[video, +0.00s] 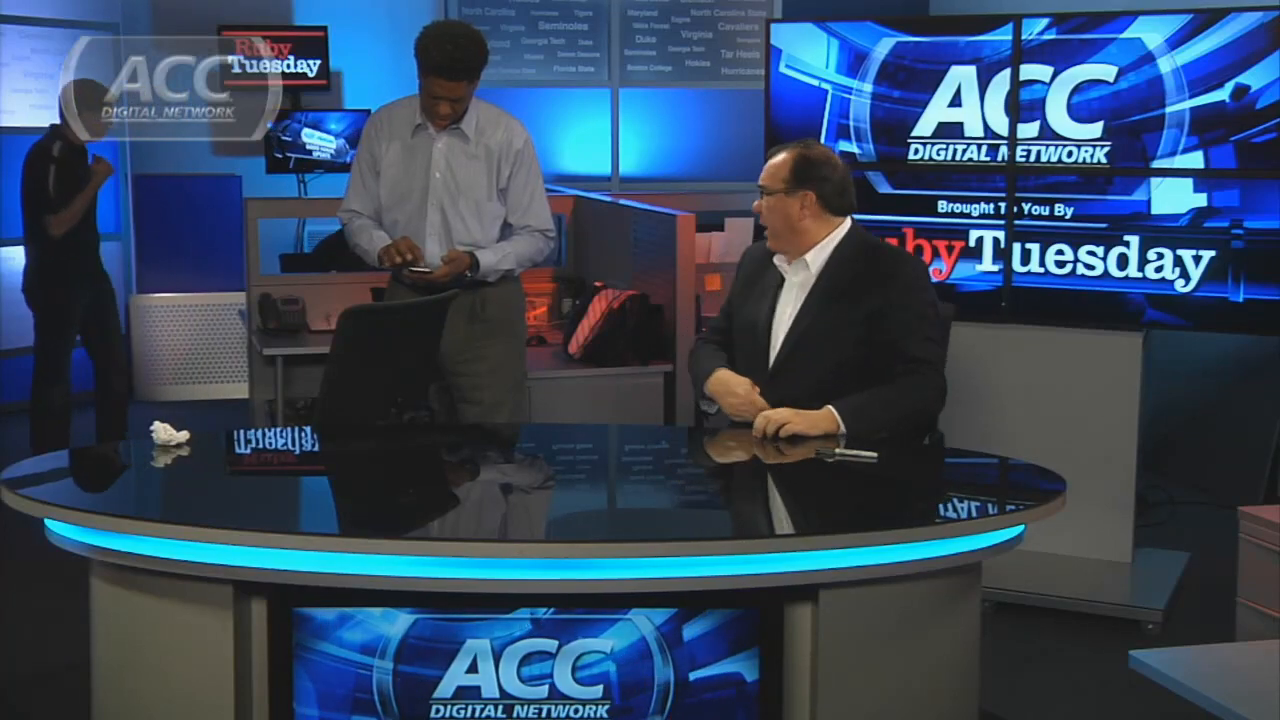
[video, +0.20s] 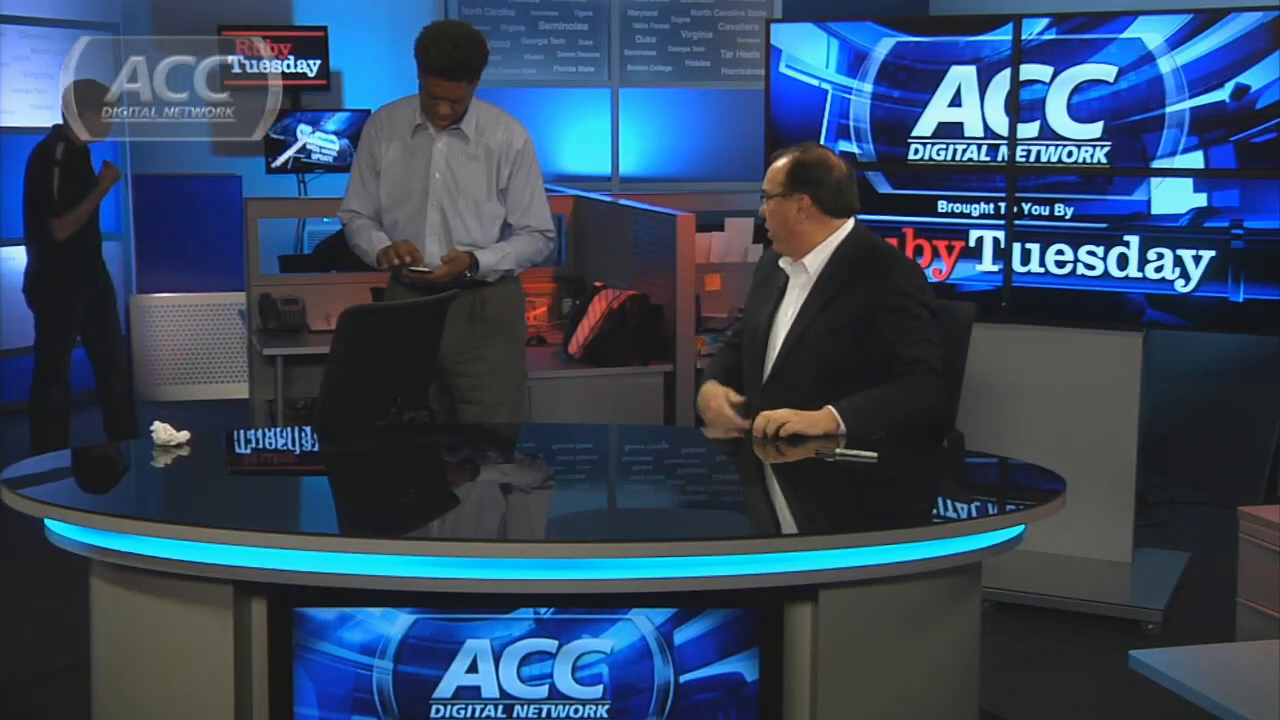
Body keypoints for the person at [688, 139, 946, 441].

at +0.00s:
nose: (756, 207)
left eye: (766, 194)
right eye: (760, 194)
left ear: (805, 204)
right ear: (805, 205)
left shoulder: (894, 274)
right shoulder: (758, 262)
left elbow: (923, 390)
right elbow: (710, 345)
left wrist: (830, 418)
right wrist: (717, 380)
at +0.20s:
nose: (761, 211)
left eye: (767, 198)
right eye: (763, 199)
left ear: (802, 206)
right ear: (800, 207)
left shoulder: (889, 275)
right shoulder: (774, 265)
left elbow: (924, 389)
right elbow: (740, 346)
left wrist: (832, 418)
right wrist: (709, 388)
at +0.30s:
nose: (766, 212)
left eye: (771, 201)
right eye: (767, 201)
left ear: (802, 209)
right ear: (800, 209)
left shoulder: (887, 276)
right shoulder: (783, 269)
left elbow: (923, 389)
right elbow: (754, 351)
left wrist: (832, 418)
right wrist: (717, 394)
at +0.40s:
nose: (769, 213)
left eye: (775, 203)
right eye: (770, 203)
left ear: (804, 212)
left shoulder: (886, 276)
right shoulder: (791, 269)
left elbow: (921, 390)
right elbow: (761, 355)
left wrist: (833, 419)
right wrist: (719, 401)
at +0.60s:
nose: (775, 213)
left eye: (780, 204)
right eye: (777, 204)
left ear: (807, 214)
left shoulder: (884, 273)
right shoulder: (800, 267)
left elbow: (913, 386)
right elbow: (769, 355)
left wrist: (830, 416)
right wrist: (718, 407)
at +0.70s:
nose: (779, 211)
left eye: (785, 201)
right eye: (780, 201)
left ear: (812, 208)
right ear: (811, 211)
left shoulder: (879, 271)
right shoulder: (799, 267)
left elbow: (910, 376)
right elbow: (763, 353)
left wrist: (823, 412)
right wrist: (697, 408)